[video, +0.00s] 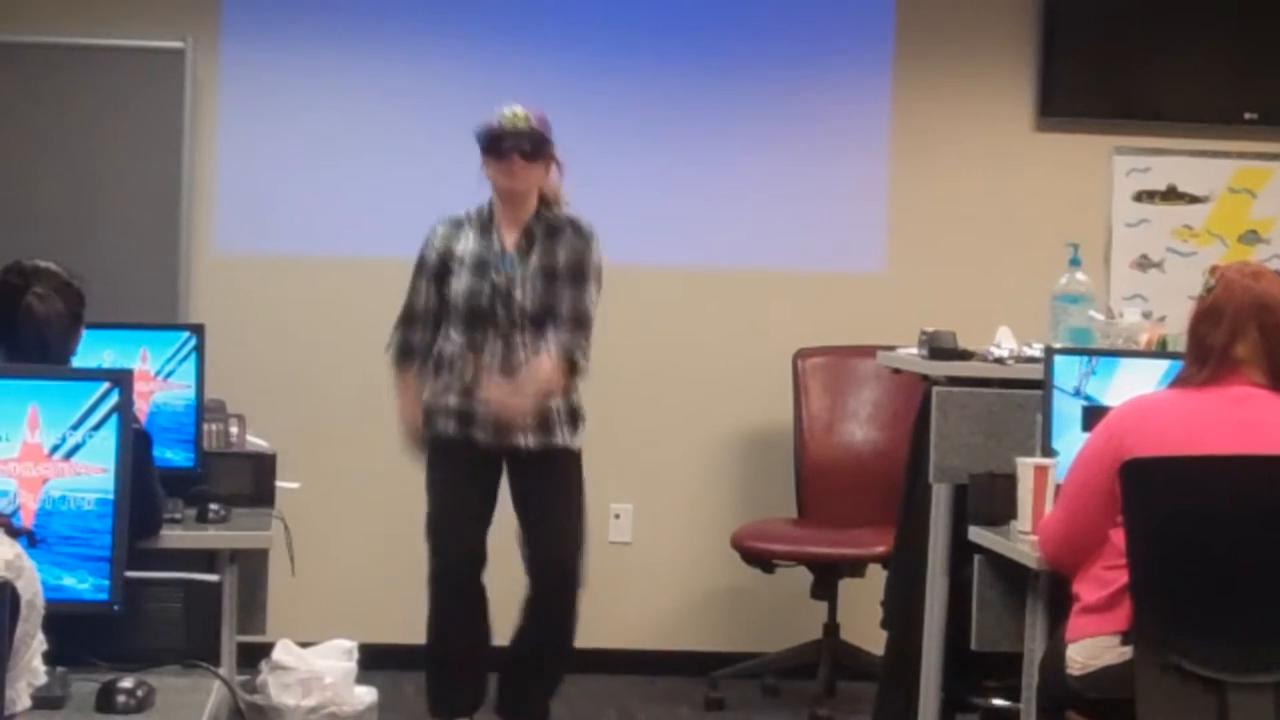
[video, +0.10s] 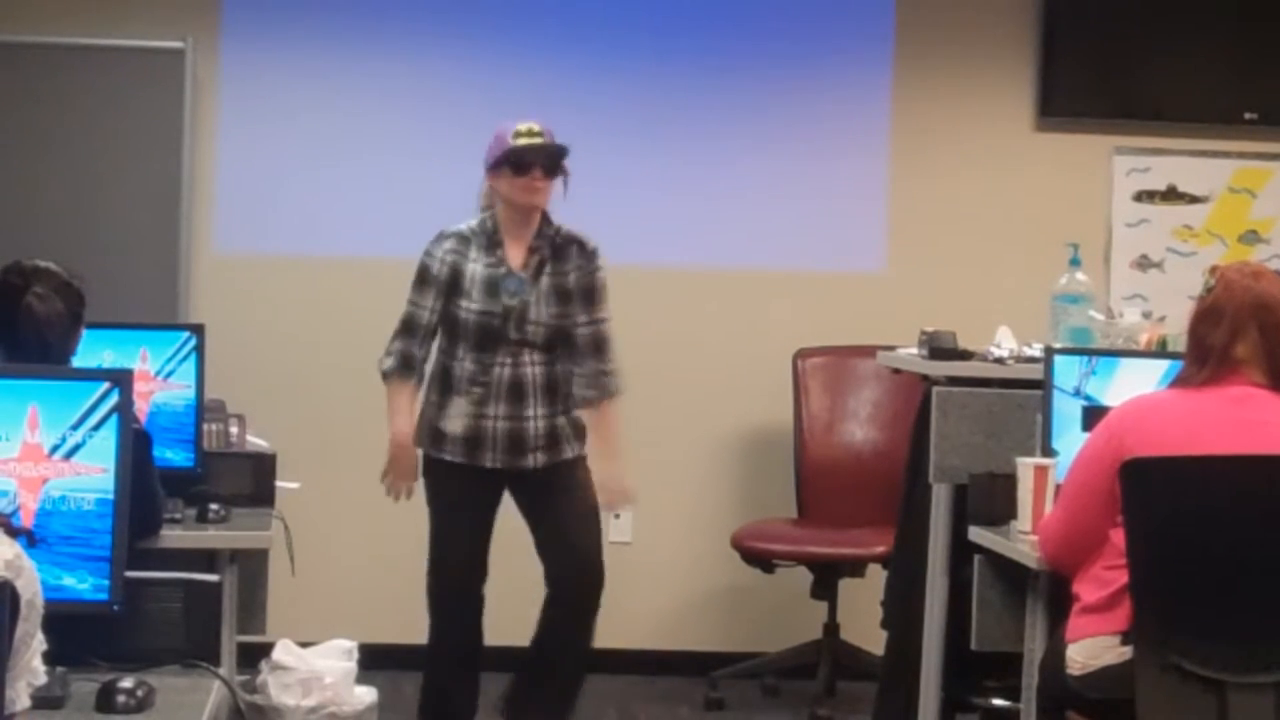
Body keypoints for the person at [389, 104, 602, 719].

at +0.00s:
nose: (511, 165)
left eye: (526, 155)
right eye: (499, 153)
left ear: (548, 166)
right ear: (483, 162)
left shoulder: (572, 240)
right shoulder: (449, 236)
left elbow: (572, 335)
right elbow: (414, 329)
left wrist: (526, 389)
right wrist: (411, 402)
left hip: (543, 430)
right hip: (457, 426)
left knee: (557, 572)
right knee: (453, 568)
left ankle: (524, 706)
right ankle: (454, 703)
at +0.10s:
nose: (536, 177)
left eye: (547, 168)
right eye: (521, 167)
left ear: (558, 180)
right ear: (492, 178)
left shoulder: (576, 257)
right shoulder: (450, 249)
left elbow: (594, 366)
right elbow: (407, 349)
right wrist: (400, 440)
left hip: (549, 450)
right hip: (460, 449)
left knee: (580, 580)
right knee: (454, 592)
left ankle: (533, 714)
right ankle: (446, 714)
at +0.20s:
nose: (556, 163)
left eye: (564, 154)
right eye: (540, 154)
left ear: (571, 164)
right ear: (506, 161)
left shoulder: (589, 240)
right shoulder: (465, 229)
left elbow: (632, 326)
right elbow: (424, 316)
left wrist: (667, 413)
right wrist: (440, 393)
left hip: (556, 433)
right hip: (471, 430)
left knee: (575, 569)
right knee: (458, 575)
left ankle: (569, 711)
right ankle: (437, 711)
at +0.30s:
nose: (571, 175)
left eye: (577, 165)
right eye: (555, 164)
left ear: (581, 173)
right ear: (519, 173)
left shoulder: (592, 243)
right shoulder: (487, 231)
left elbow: (640, 303)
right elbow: (456, 306)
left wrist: (692, 364)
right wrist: (500, 370)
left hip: (569, 441)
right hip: (484, 438)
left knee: (581, 579)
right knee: (464, 580)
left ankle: (578, 710)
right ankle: (439, 707)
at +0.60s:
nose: (600, 158)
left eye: (601, 148)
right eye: (584, 149)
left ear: (599, 157)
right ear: (540, 161)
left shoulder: (620, 231)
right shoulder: (496, 232)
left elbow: (627, 327)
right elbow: (501, 328)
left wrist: (610, 371)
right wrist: (568, 375)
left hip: (601, 440)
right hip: (511, 437)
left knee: (597, 591)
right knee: (501, 591)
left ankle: (576, 715)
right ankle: (496, 714)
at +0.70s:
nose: (610, 163)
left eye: (611, 153)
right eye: (593, 154)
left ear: (610, 160)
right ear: (551, 166)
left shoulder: (633, 241)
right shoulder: (507, 237)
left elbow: (639, 357)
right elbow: (485, 350)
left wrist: (586, 432)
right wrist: (532, 429)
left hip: (604, 450)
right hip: (511, 447)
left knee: (595, 608)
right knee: (501, 603)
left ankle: (572, 717)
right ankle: (495, 714)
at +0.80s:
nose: (614, 181)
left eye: (617, 170)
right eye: (595, 172)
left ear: (623, 179)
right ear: (558, 187)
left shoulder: (644, 269)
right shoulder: (519, 265)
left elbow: (665, 370)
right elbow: (480, 377)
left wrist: (676, 463)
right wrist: (471, 480)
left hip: (604, 460)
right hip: (515, 458)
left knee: (605, 607)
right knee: (505, 610)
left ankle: (580, 716)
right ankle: (492, 713)